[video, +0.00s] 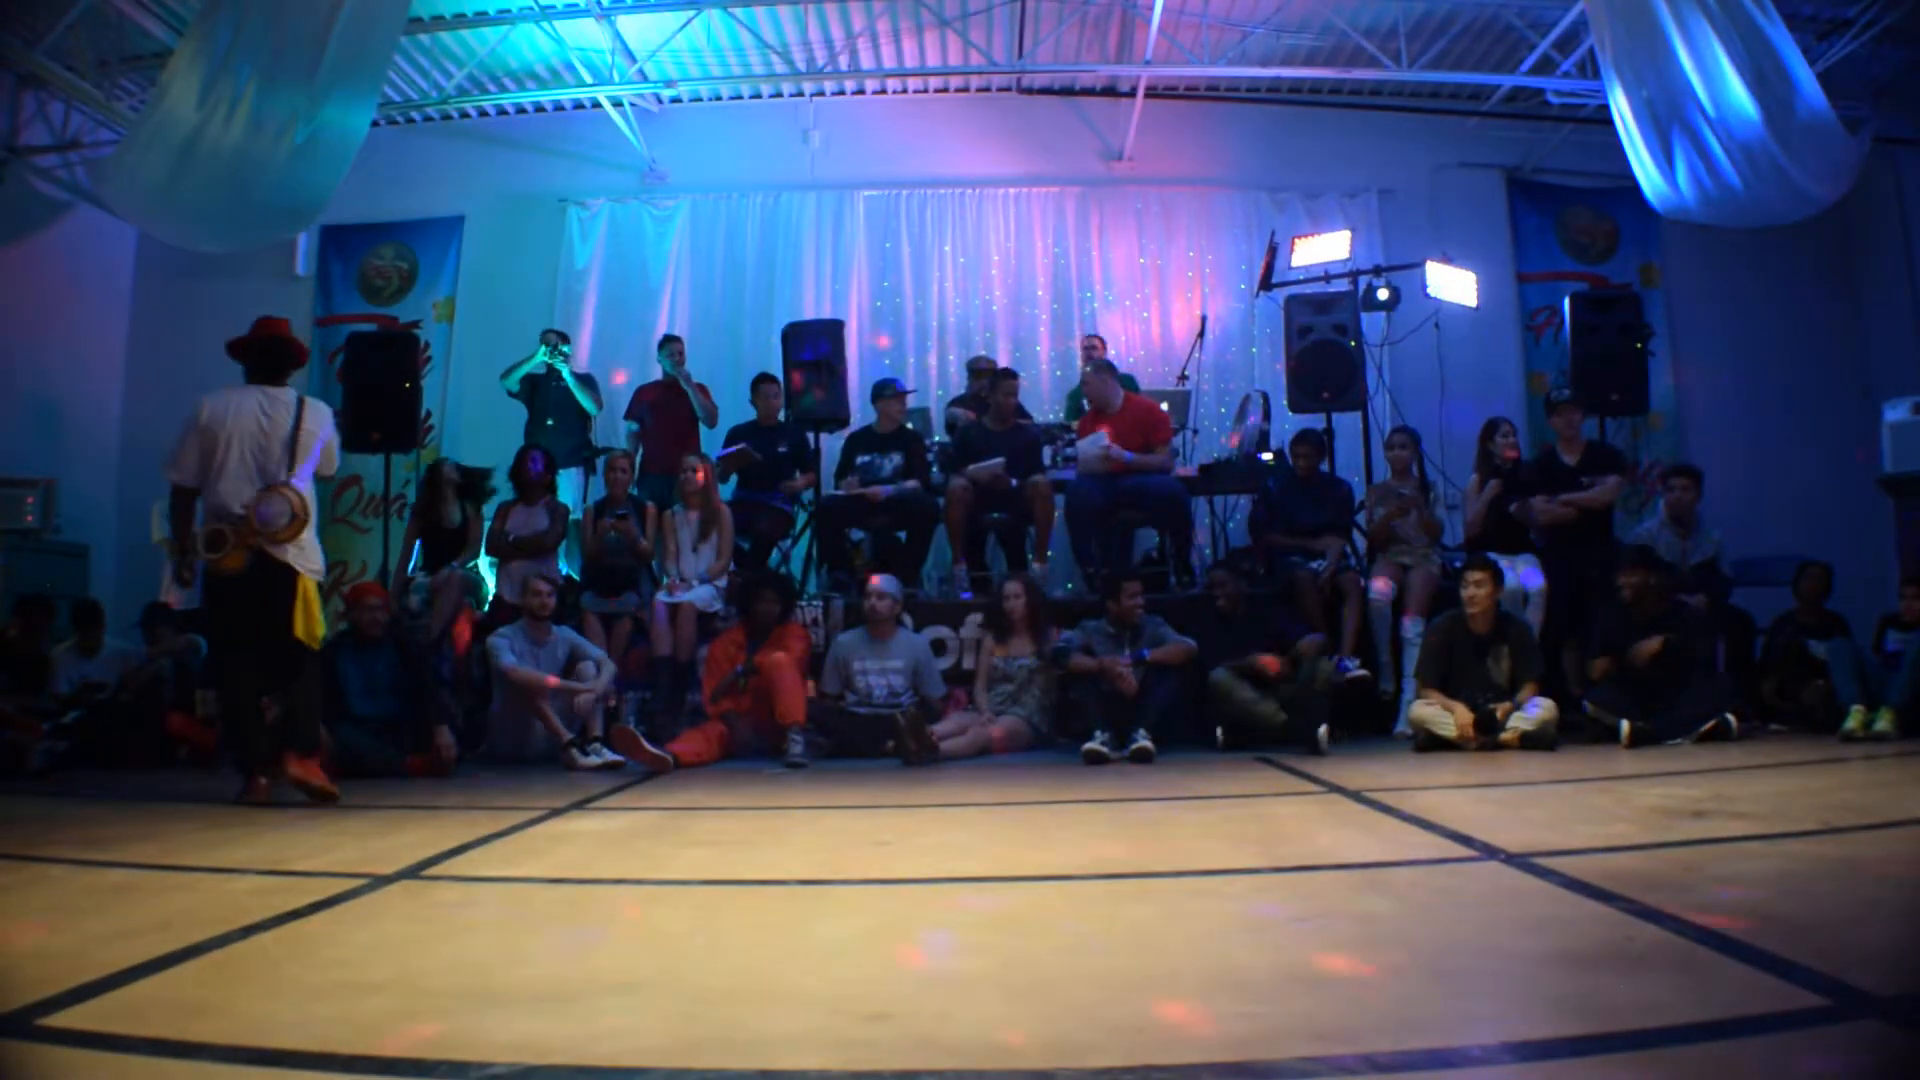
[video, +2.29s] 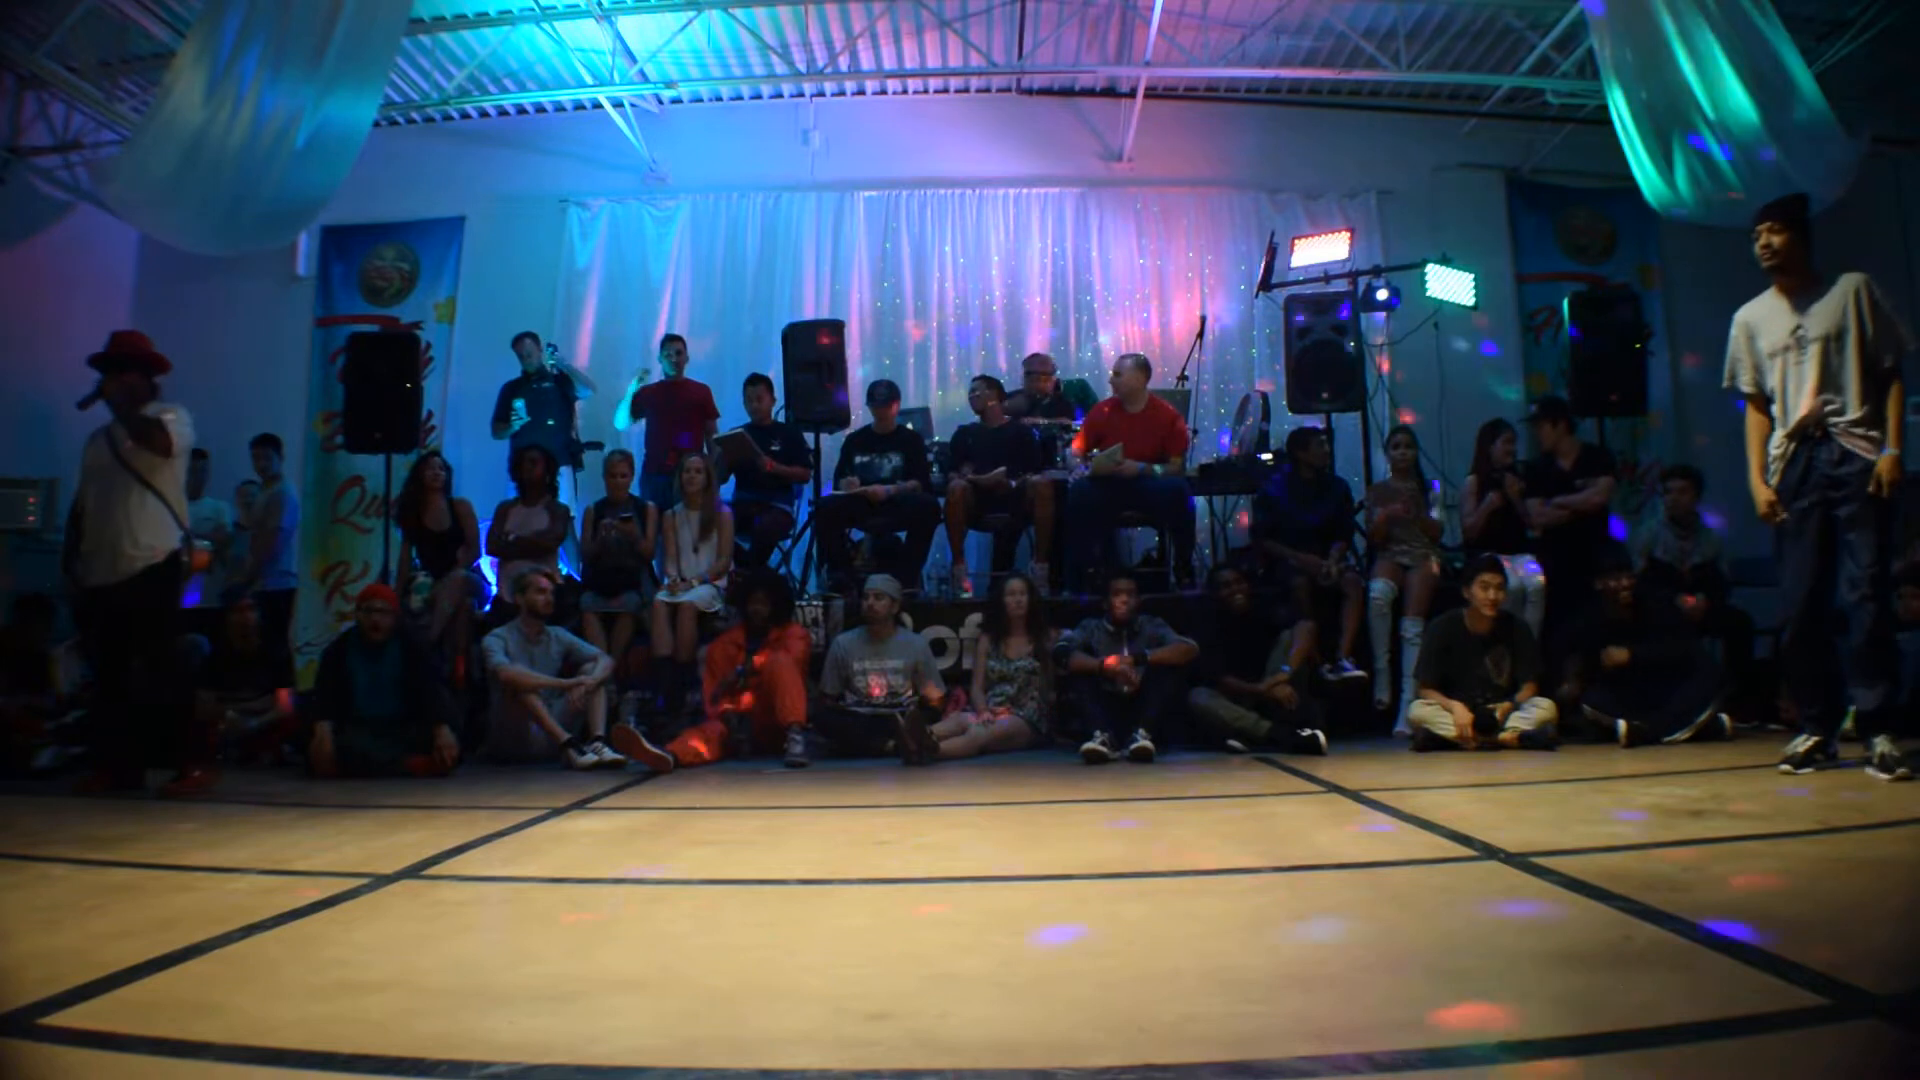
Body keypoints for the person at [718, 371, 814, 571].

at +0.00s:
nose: (772, 402)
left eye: (776, 396)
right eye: (765, 397)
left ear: (782, 399)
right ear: (754, 401)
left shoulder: (793, 433)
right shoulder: (738, 433)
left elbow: (811, 473)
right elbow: (721, 476)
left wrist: (798, 483)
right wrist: (732, 462)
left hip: (778, 499)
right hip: (745, 498)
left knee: (766, 532)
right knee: (720, 525)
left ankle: (751, 575)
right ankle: (746, 564)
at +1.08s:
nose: (754, 401)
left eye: (760, 395)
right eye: (750, 396)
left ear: (773, 399)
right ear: (745, 401)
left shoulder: (788, 433)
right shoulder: (734, 435)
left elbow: (808, 472)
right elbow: (720, 477)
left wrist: (782, 496)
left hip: (774, 503)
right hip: (742, 502)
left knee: (767, 532)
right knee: (721, 524)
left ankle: (752, 573)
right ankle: (743, 565)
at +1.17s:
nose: (754, 402)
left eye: (760, 396)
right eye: (750, 396)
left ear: (773, 400)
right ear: (745, 401)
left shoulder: (788, 433)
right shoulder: (735, 435)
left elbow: (808, 472)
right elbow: (720, 474)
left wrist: (782, 496)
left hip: (774, 503)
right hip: (742, 502)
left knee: (766, 532)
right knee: (720, 525)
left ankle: (754, 573)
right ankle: (743, 564)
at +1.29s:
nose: (755, 402)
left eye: (760, 396)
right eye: (750, 397)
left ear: (773, 400)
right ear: (746, 402)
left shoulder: (789, 433)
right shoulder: (736, 436)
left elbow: (809, 471)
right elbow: (721, 477)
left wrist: (783, 493)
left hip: (776, 501)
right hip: (743, 501)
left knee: (767, 532)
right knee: (721, 524)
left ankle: (753, 572)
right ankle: (744, 564)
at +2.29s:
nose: (754, 406)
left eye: (759, 399)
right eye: (749, 400)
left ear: (772, 400)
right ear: (744, 403)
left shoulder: (789, 433)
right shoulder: (739, 434)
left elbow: (805, 473)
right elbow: (720, 477)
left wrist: (775, 468)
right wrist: (727, 455)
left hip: (777, 503)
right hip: (743, 501)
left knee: (766, 530)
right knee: (718, 524)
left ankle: (752, 574)